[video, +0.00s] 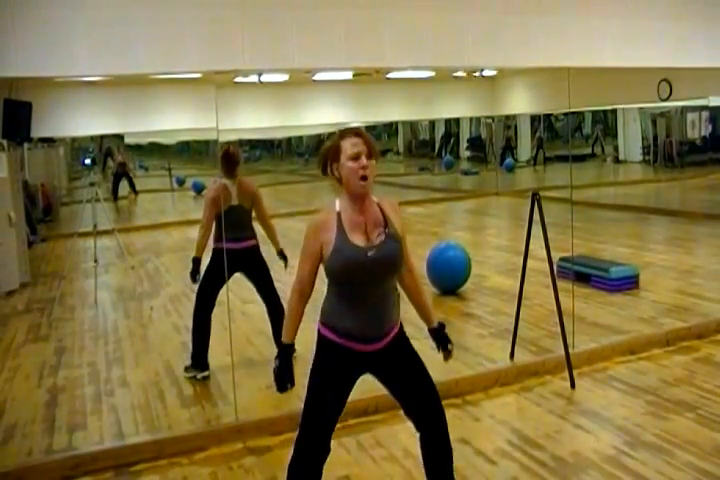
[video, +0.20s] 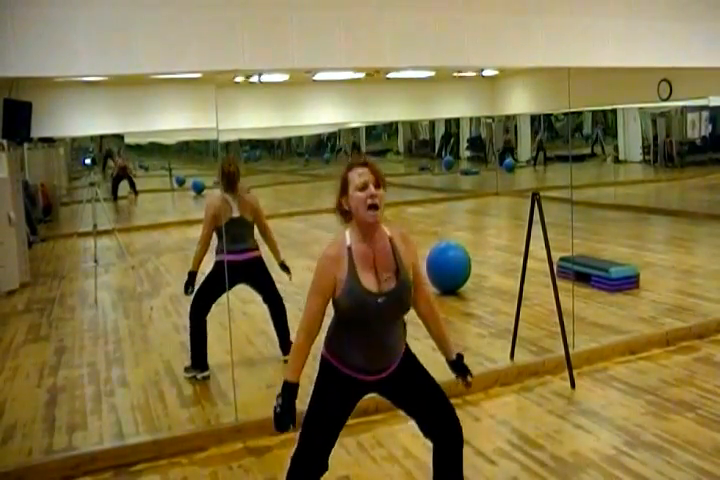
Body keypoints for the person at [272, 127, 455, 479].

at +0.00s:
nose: (364, 164)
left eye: (368, 157)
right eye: (354, 158)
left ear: (374, 164)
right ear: (335, 171)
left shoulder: (390, 212)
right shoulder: (322, 226)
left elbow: (407, 272)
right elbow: (301, 291)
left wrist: (434, 326)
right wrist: (285, 349)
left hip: (391, 343)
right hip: (339, 349)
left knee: (433, 421)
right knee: (312, 445)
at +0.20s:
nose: (372, 193)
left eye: (376, 185)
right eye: (362, 187)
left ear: (383, 194)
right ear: (345, 202)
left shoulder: (402, 244)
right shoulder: (335, 256)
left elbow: (424, 304)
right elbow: (308, 328)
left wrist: (453, 357)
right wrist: (288, 390)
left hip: (397, 364)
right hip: (342, 371)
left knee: (449, 433)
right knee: (310, 461)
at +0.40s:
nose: (374, 150)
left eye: (379, 142)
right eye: (364, 144)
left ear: (387, 148)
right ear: (347, 155)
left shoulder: (403, 196)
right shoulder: (333, 208)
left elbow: (422, 261)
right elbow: (314, 279)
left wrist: (451, 319)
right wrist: (300, 343)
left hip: (407, 333)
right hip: (356, 338)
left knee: (442, 423)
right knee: (331, 435)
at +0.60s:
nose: (380, 163)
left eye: (384, 154)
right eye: (370, 156)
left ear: (392, 160)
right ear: (353, 165)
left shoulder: (410, 208)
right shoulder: (339, 218)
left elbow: (433, 270)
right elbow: (315, 288)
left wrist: (471, 322)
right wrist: (295, 349)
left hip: (415, 346)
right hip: (361, 352)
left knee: (459, 436)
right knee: (340, 453)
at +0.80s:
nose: (386, 179)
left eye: (392, 170)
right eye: (376, 172)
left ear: (400, 177)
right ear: (360, 181)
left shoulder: (419, 231)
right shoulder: (345, 237)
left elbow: (437, 296)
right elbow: (322, 312)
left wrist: (470, 351)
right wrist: (302, 376)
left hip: (418, 368)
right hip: (361, 373)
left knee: (470, 450)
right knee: (337, 471)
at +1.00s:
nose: (392, 164)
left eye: (398, 156)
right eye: (382, 158)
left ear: (405, 162)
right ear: (363, 168)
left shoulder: (419, 215)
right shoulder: (348, 226)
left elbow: (433, 288)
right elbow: (329, 304)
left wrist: (453, 351)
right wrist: (315, 372)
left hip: (418, 359)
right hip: (363, 364)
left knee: (462, 446)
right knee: (339, 465)